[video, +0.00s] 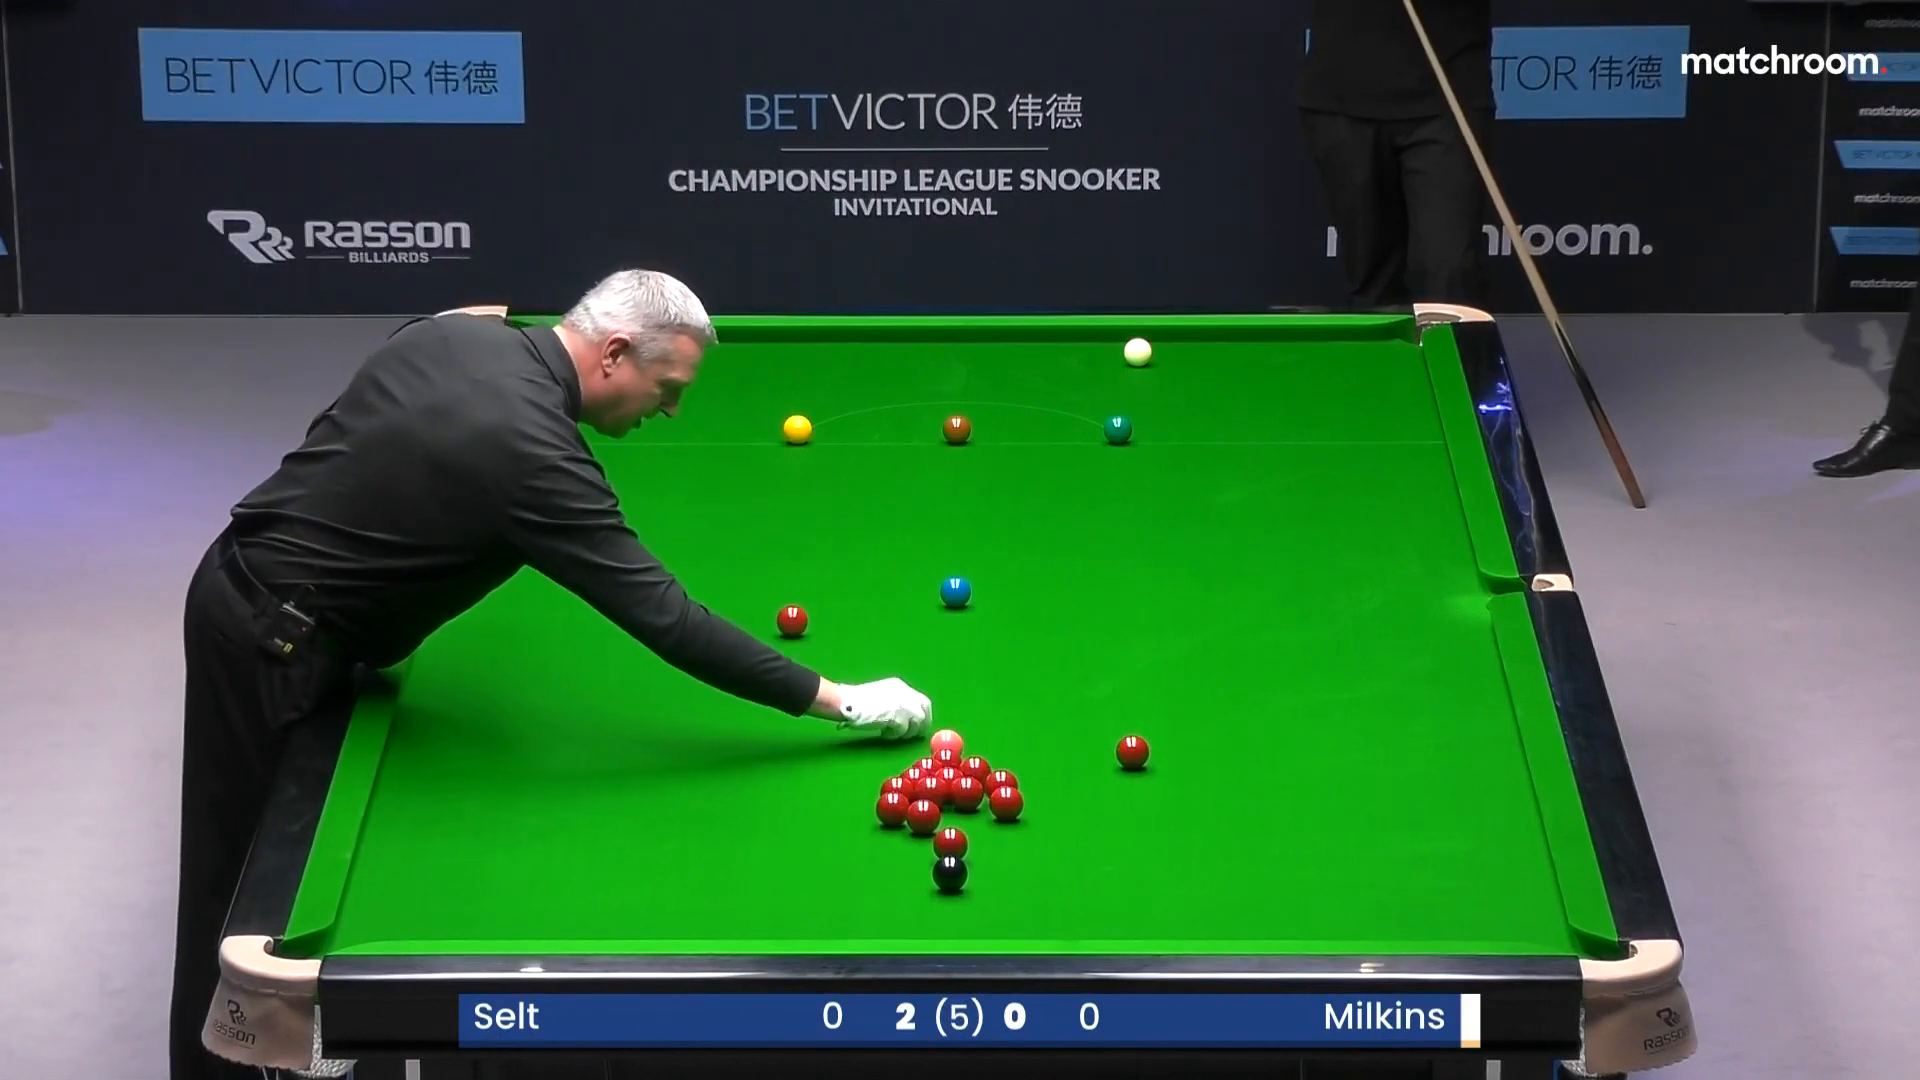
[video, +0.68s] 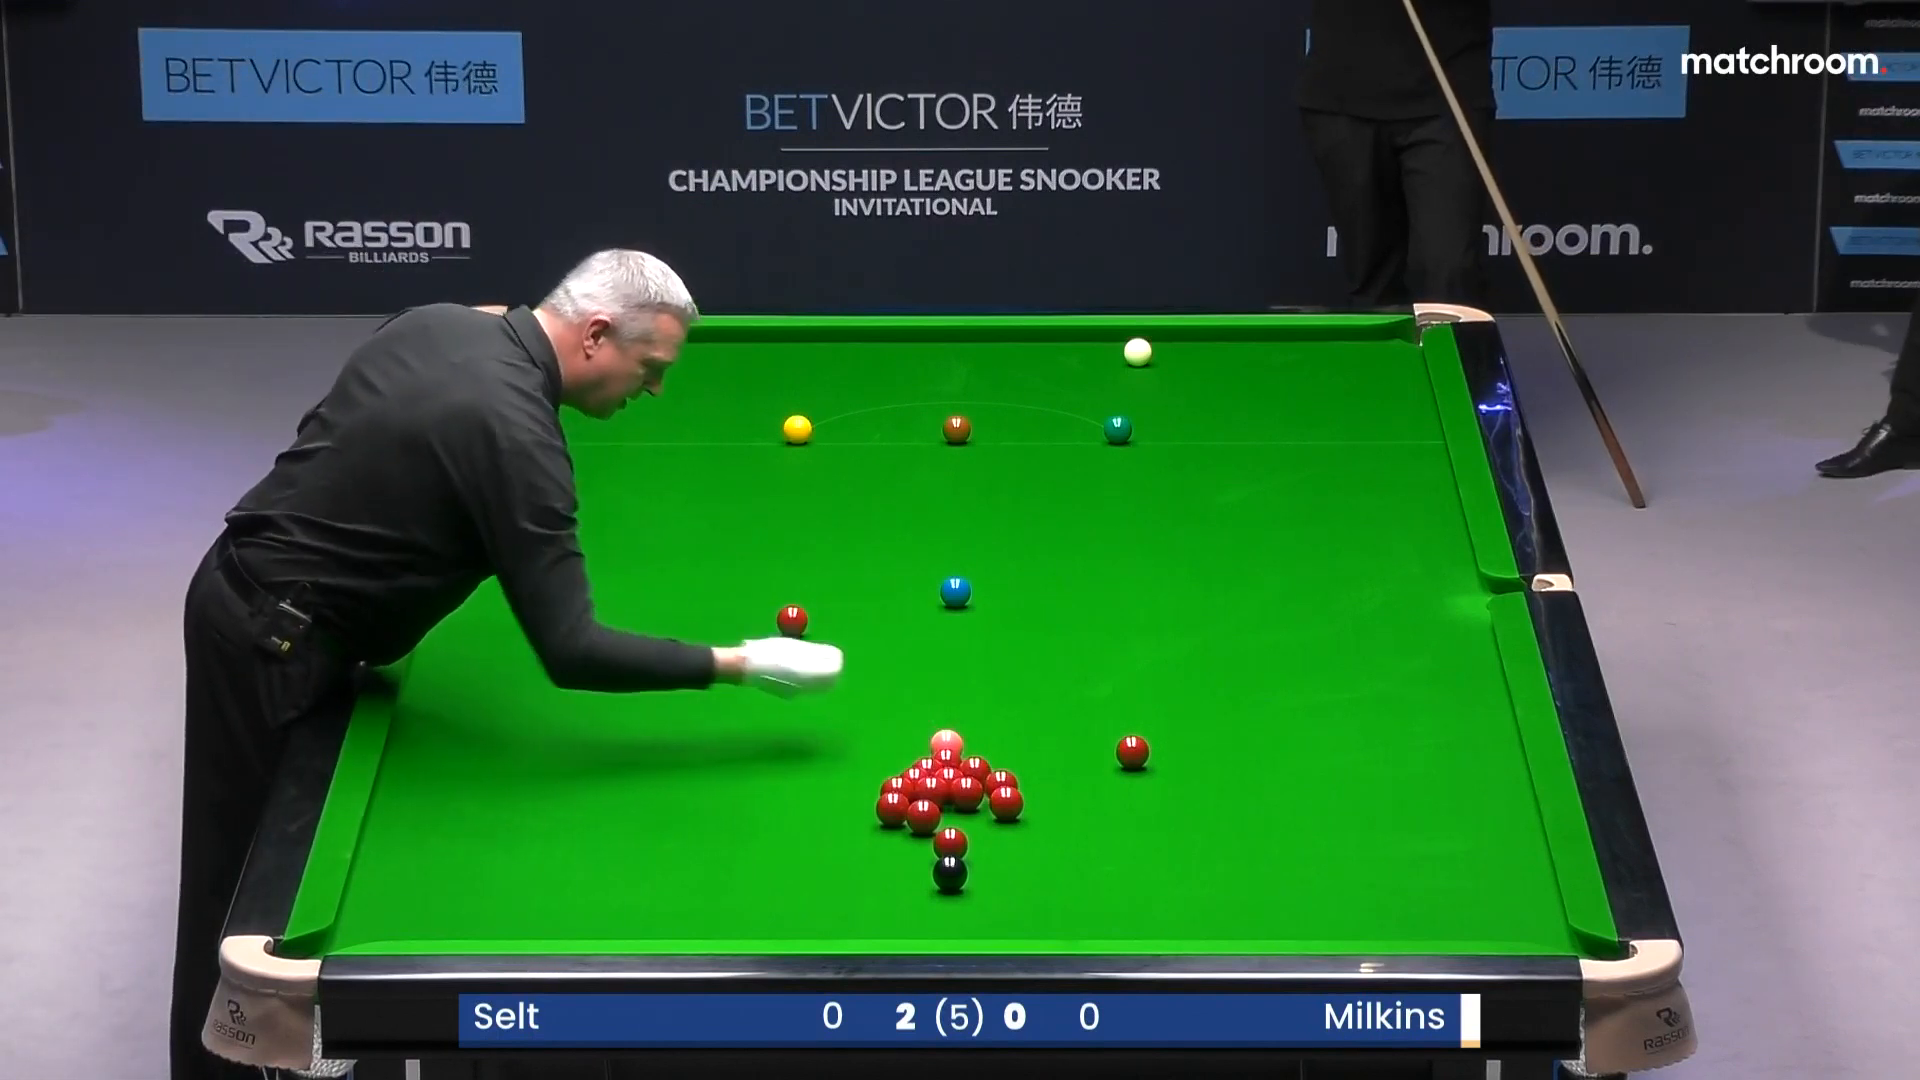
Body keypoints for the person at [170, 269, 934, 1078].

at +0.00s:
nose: (664, 410)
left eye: (674, 395)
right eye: (665, 390)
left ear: (594, 340)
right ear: (610, 355)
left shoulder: (452, 331)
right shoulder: (539, 454)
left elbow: (336, 439)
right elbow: (665, 616)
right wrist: (832, 695)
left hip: (240, 585)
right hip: (281, 638)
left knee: (242, 867)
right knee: (250, 883)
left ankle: (227, 1043)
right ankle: (215, 1052)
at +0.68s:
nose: (652, 389)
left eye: (660, 373)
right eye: (650, 368)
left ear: (579, 318)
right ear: (592, 331)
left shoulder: (438, 323)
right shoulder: (516, 430)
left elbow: (324, 448)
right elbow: (573, 651)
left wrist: (365, 610)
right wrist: (734, 660)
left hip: (241, 590)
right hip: (279, 636)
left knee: (236, 880)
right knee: (250, 894)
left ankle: (215, 1054)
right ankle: (215, 1060)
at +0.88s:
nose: (587, 356)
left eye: (600, 340)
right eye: (599, 338)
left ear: (521, 272)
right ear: (570, 307)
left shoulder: (391, 306)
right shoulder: (472, 410)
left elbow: (298, 445)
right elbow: (447, 612)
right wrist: (593, 630)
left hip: (225, 598)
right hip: (270, 638)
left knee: (236, 869)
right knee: (248, 883)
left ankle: (217, 1050)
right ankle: (214, 1057)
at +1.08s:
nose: (526, 307)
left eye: (533, 291)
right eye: (534, 292)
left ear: (452, 228)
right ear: (514, 282)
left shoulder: (329, 286)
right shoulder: (406, 369)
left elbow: (264, 448)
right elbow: (337, 556)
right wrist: (463, 596)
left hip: (207, 603)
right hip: (258, 635)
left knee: (225, 856)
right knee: (246, 867)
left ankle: (212, 1051)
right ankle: (217, 1059)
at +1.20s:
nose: (486, 298)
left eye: (497, 282)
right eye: (495, 280)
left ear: (411, 220)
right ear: (472, 263)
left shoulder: (298, 281)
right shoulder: (371, 349)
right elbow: (304, 540)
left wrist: (440, 317)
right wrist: (417, 584)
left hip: (194, 608)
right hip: (245, 634)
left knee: (217, 856)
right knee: (242, 866)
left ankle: (208, 1052)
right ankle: (215, 1060)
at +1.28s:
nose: (460, 296)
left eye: (473, 279)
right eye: (470, 277)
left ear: (391, 221)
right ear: (441, 250)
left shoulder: (280, 278)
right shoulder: (347, 343)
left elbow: (268, 430)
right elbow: (291, 535)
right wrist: (402, 580)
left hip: (183, 608)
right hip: (231, 633)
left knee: (212, 854)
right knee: (234, 865)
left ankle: (207, 1053)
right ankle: (212, 1061)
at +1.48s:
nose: (401, 296)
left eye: (415, 280)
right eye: (409, 274)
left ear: (354, 224)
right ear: (366, 235)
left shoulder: (230, 279)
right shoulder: (280, 337)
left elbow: (223, 444)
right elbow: (241, 535)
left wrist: (333, 498)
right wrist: (359, 574)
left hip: (156, 615)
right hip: (190, 639)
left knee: (205, 874)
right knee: (207, 892)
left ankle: (153, 1058)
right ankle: (140, 1066)